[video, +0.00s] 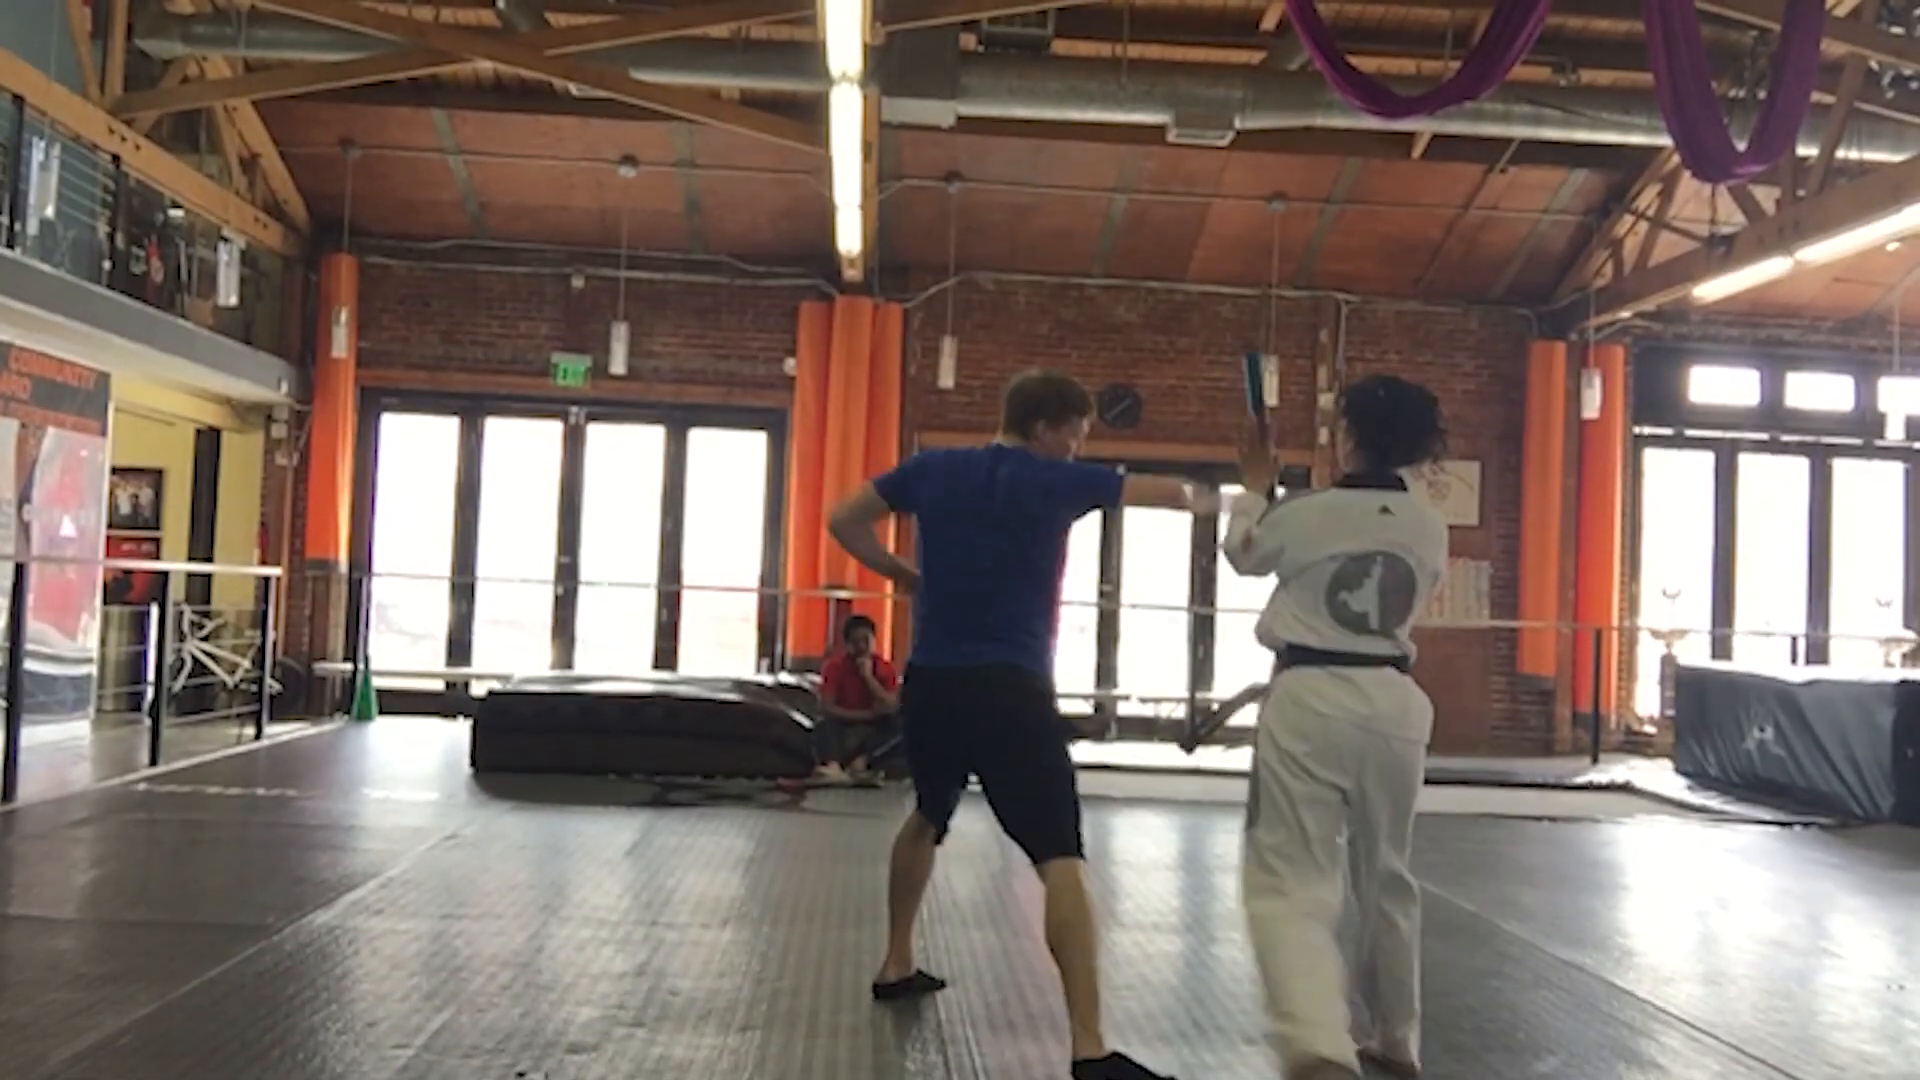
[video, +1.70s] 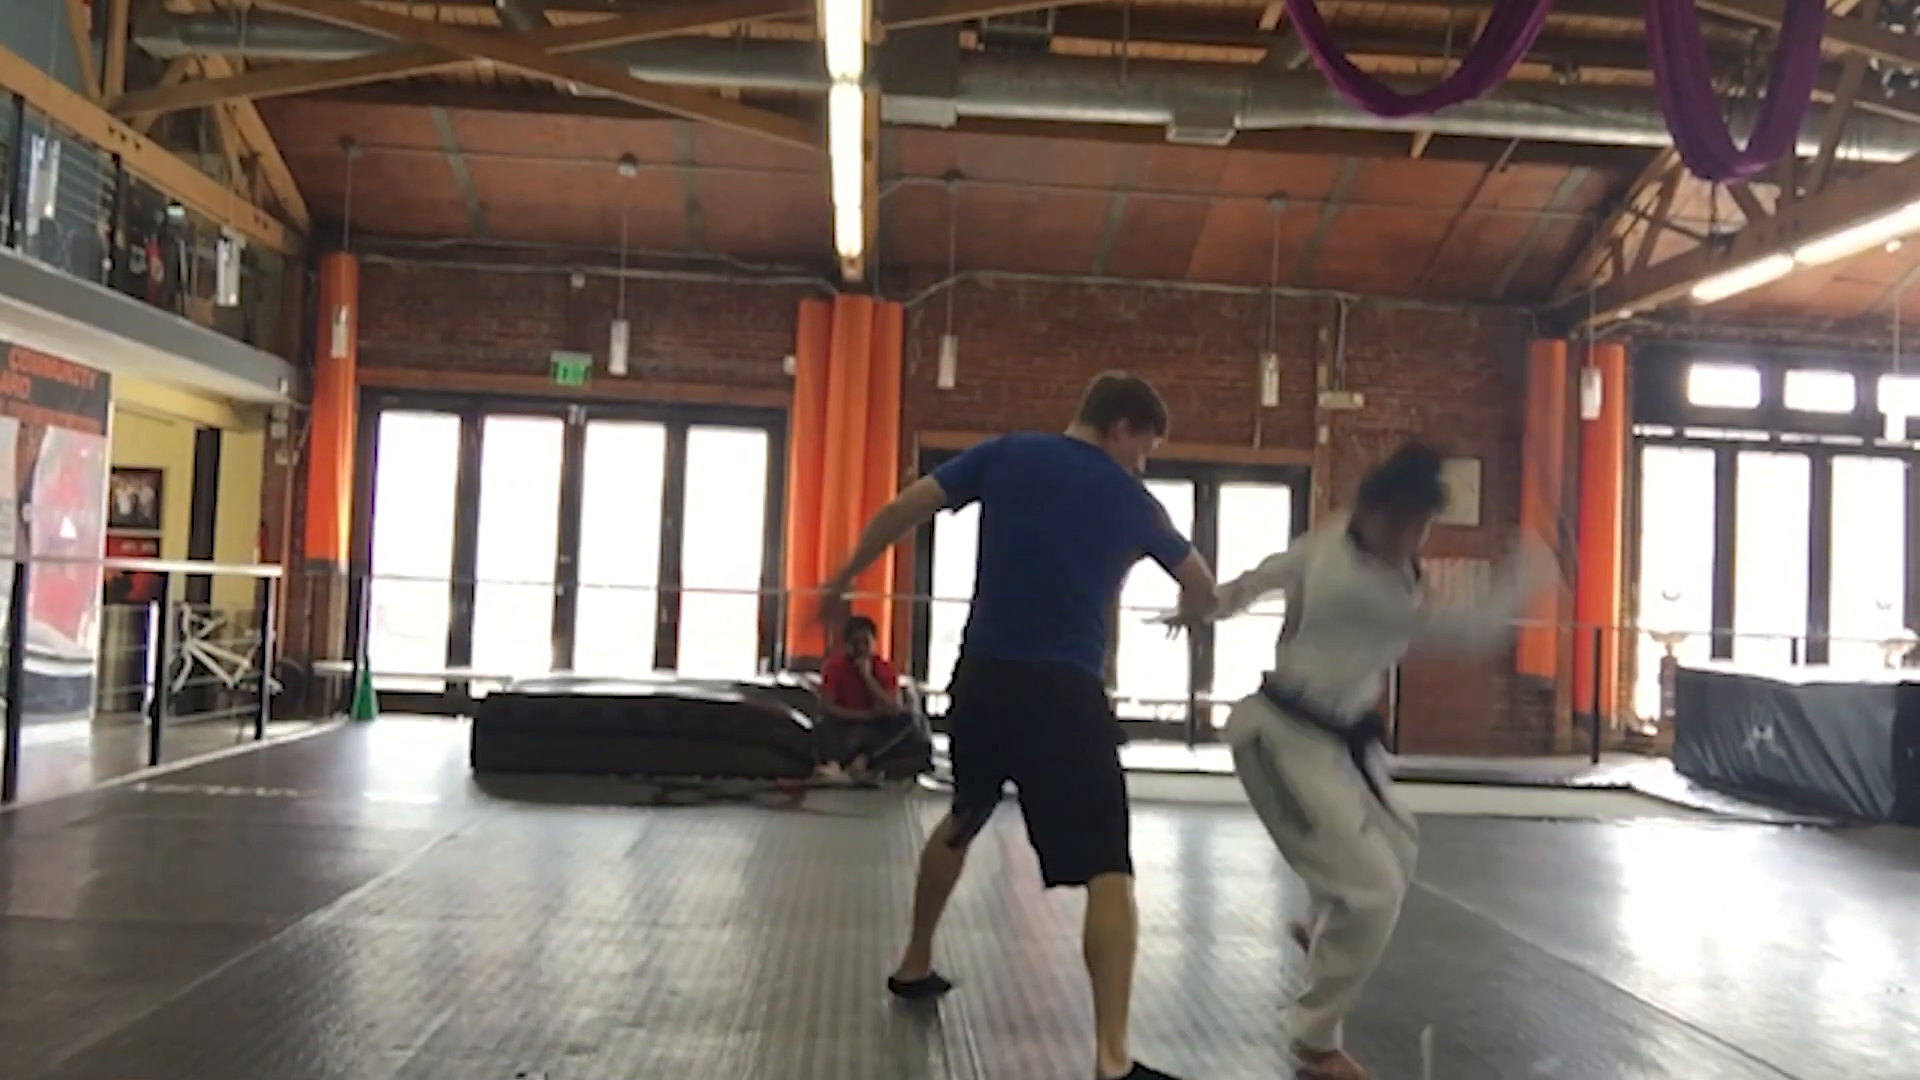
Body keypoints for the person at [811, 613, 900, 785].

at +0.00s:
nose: (861, 647)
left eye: (865, 640)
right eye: (855, 642)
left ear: (873, 639)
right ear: (846, 643)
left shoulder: (884, 667)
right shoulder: (834, 666)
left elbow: (891, 705)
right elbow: (827, 708)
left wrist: (868, 677)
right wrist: (870, 713)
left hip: (874, 721)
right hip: (842, 721)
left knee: (897, 725)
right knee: (826, 725)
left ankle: (861, 763)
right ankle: (832, 765)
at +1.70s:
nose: (862, 648)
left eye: (866, 642)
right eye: (856, 642)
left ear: (873, 642)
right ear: (847, 644)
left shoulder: (884, 668)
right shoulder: (834, 667)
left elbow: (892, 708)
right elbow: (827, 707)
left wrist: (867, 676)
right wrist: (868, 714)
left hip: (875, 721)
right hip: (843, 723)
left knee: (906, 721)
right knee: (822, 729)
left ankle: (866, 761)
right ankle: (832, 765)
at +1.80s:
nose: (861, 646)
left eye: (865, 640)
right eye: (855, 641)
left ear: (873, 640)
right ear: (847, 643)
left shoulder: (884, 667)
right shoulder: (834, 666)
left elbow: (892, 707)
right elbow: (827, 706)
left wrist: (868, 676)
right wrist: (869, 713)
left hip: (875, 720)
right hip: (842, 720)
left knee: (906, 720)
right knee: (821, 729)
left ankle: (866, 759)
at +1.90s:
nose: (861, 645)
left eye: (865, 639)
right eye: (856, 640)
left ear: (873, 638)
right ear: (847, 641)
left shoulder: (884, 665)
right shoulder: (834, 664)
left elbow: (892, 706)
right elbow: (827, 705)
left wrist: (868, 675)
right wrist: (869, 711)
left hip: (875, 718)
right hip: (842, 719)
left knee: (906, 718)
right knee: (821, 729)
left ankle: (866, 757)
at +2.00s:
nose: (861, 647)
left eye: (865, 641)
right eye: (856, 642)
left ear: (873, 641)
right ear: (847, 643)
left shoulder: (885, 668)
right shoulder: (833, 666)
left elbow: (892, 708)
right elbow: (827, 706)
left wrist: (868, 676)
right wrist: (868, 713)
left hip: (875, 719)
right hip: (842, 720)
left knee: (906, 719)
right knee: (823, 727)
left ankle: (865, 759)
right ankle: (833, 763)